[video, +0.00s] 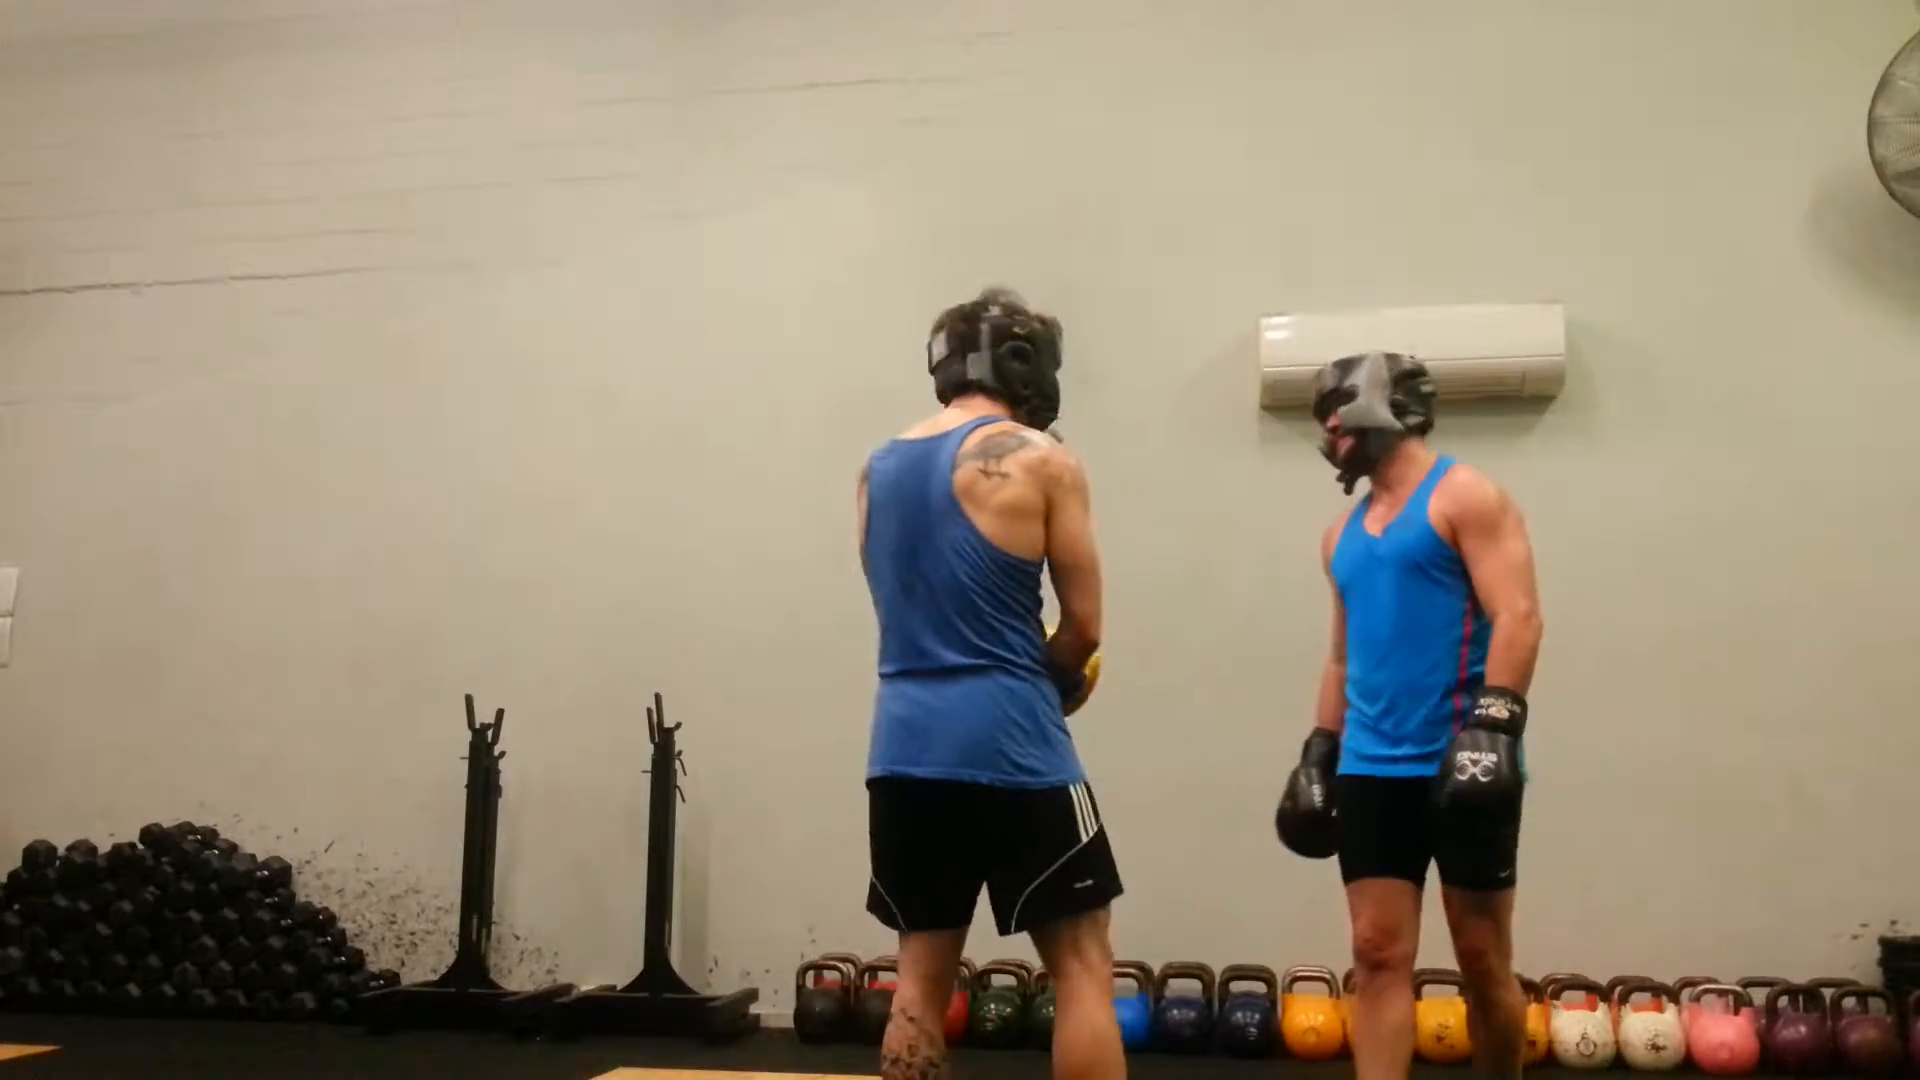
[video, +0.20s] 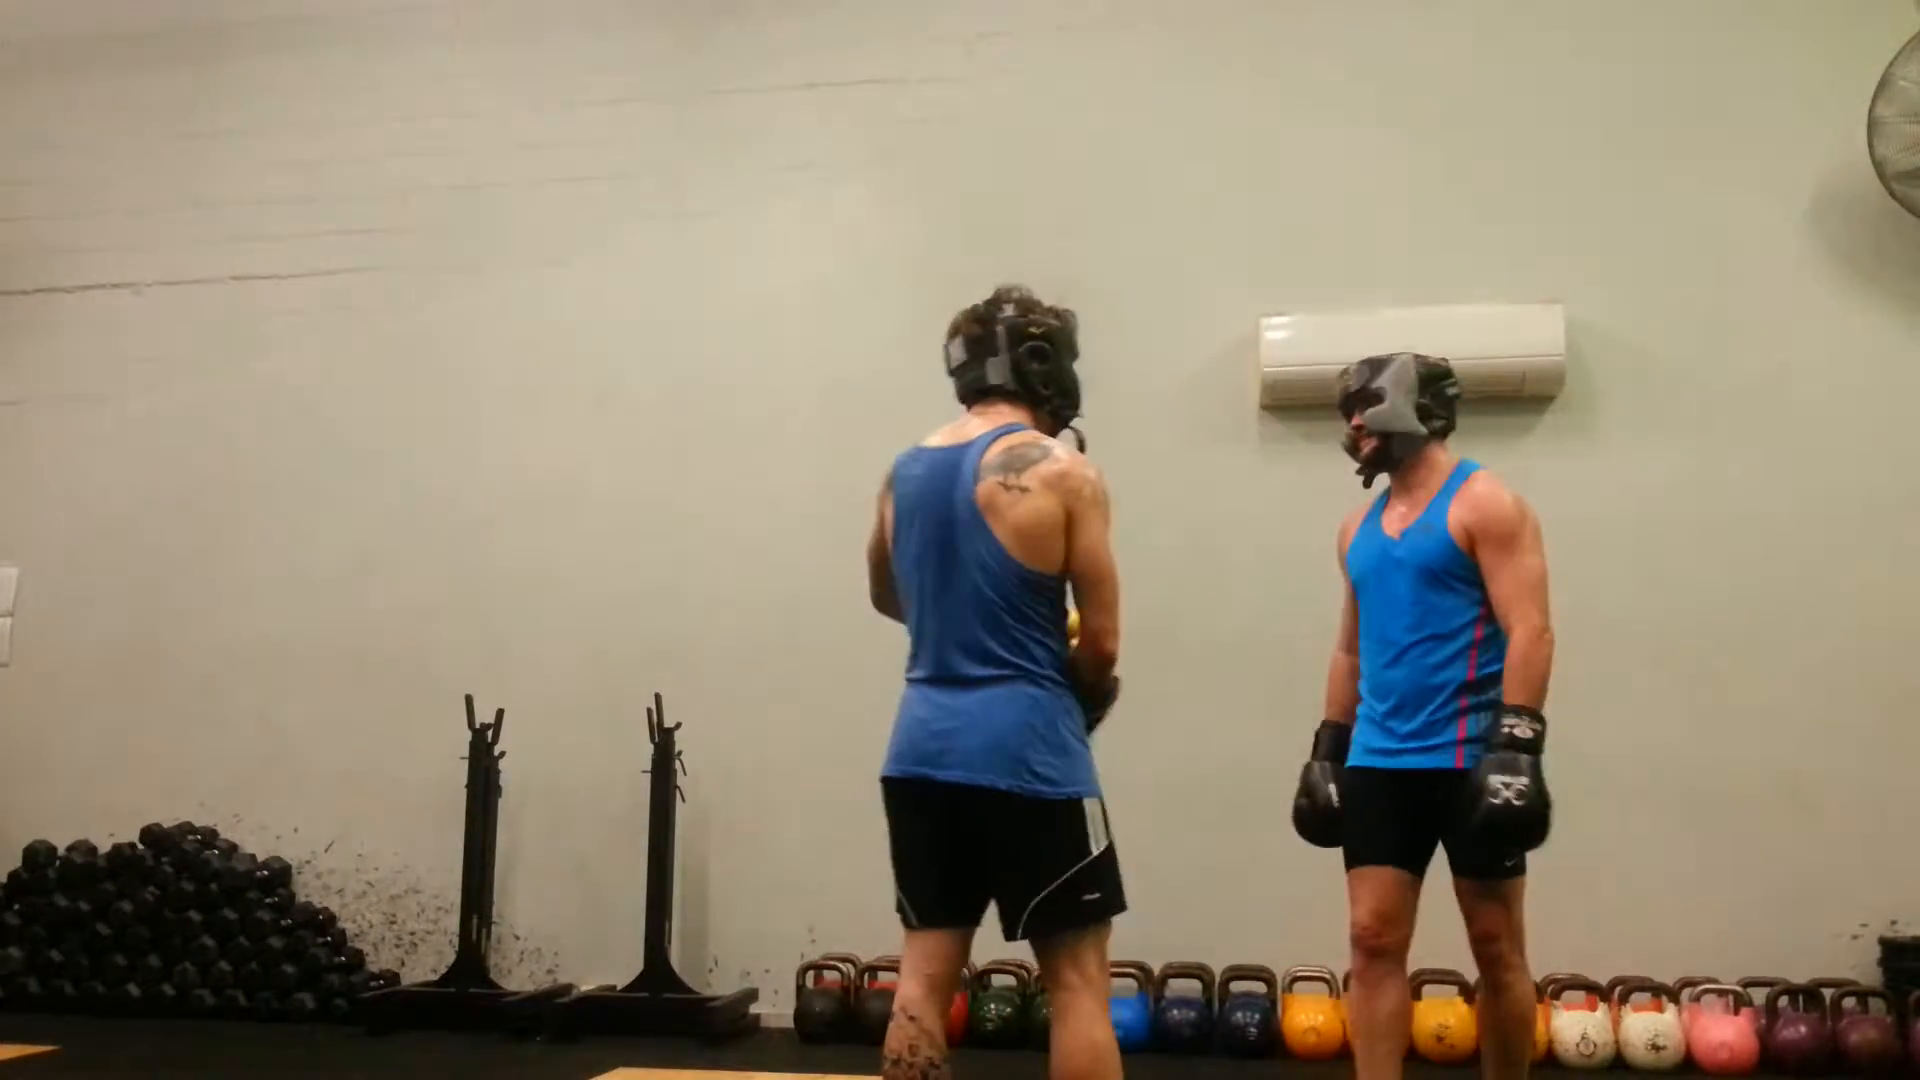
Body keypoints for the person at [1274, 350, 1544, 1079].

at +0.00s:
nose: (1324, 437)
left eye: (1335, 420)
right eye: (1322, 424)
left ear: (1382, 411)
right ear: (1362, 424)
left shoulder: (1467, 497)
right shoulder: (1342, 535)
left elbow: (1518, 615)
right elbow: (1341, 658)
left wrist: (1492, 732)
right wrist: (1317, 758)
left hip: (1462, 768)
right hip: (1370, 771)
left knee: (1481, 960)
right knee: (1377, 955)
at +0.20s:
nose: (1349, 430)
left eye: (1362, 413)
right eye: (1347, 417)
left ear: (1414, 411)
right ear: (1380, 420)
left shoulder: (1488, 506)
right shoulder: (1360, 527)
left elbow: (1530, 629)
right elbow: (1350, 650)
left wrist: (1516, 749)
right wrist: (1327, 754)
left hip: (1473, 768)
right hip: (1379, 769)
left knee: (1496, 950)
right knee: (1373, 944)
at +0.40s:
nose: (1354, 434)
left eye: (1367, 416)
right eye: (1353, 420)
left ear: (1413, 416)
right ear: (1384, 429)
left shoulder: (1490, 510)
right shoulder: (1353, 531)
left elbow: (1543, 633)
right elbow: (1341, 653)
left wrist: (1547, 755)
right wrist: (1318, 759)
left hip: (1475, 765)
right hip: (1375, 765)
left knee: (1495, 944)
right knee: (1353, 939)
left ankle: (1506, 1078)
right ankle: (1366, 1076)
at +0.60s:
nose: (1360, 440)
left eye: (1376, 424)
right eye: (1352, 427)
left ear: (1417, 429)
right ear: (1342, 441)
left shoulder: (1468, 522)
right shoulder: (1329, 539)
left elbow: (1529, 637)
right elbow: (1313, 654)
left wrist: (1556, 750)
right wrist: (1284, 754)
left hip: (1452, 767)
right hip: (1358, 771)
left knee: (1481, 941)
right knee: (1359, 944)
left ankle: (1500, 1077)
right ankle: (1371, 1073)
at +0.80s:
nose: (1336, 447)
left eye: (1352, 432)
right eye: (1324, 436)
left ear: (1389, 438)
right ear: (1314, 451)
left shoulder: (1439, 529)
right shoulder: (1300, 544)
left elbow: (1498, 637)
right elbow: (1273, 651)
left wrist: (1518, 739)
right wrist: (1240, 738)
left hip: (1426, 765)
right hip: (1336, 767)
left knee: (1454, 936)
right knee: (1352, 935)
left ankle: (1487, 1077)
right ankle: (1368, 1073)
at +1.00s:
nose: (1323, 463)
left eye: (1337, 447)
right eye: (1308, 453)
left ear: (1368, 448)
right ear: (1295, 466)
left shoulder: (1425, 532)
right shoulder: (1283, 555)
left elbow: (1482, 637)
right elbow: (1251, 665)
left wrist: (1478, 732)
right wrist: (1214, 750)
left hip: (1423, 762)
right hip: (1331, 769)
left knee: (1460, 926)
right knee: (1348, 930)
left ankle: (1493, 1076)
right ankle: (1367, 1072)